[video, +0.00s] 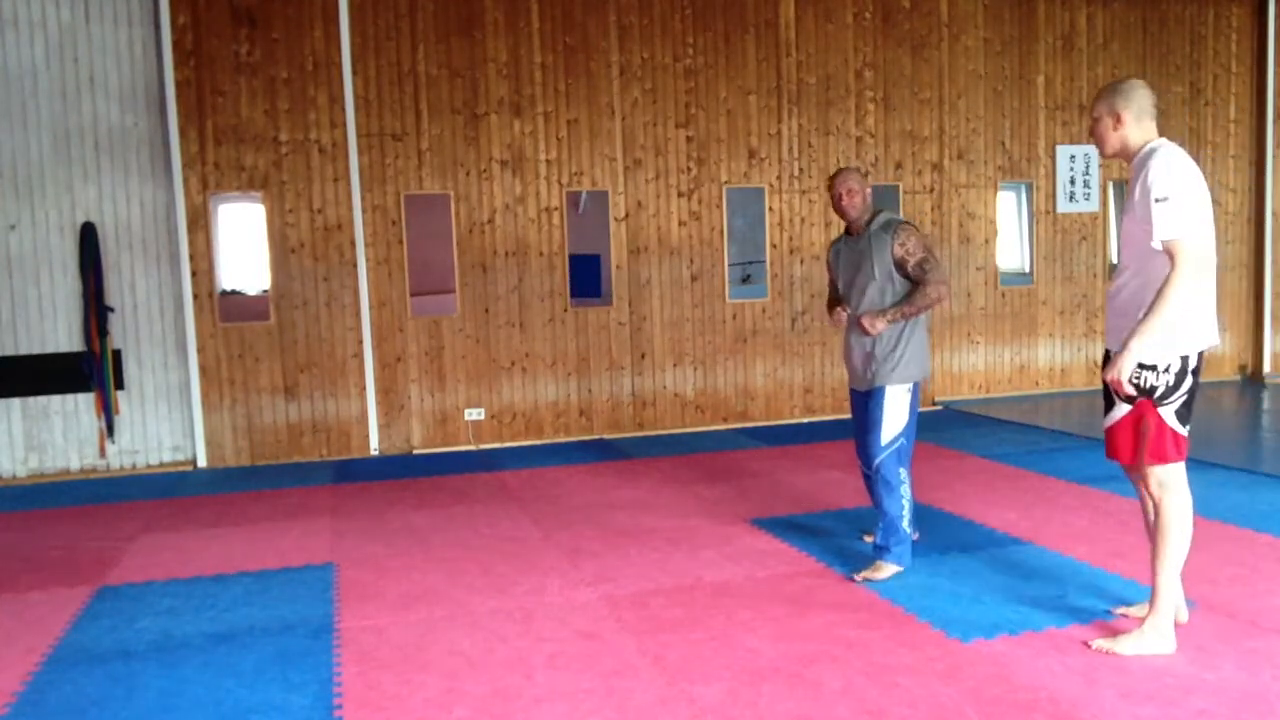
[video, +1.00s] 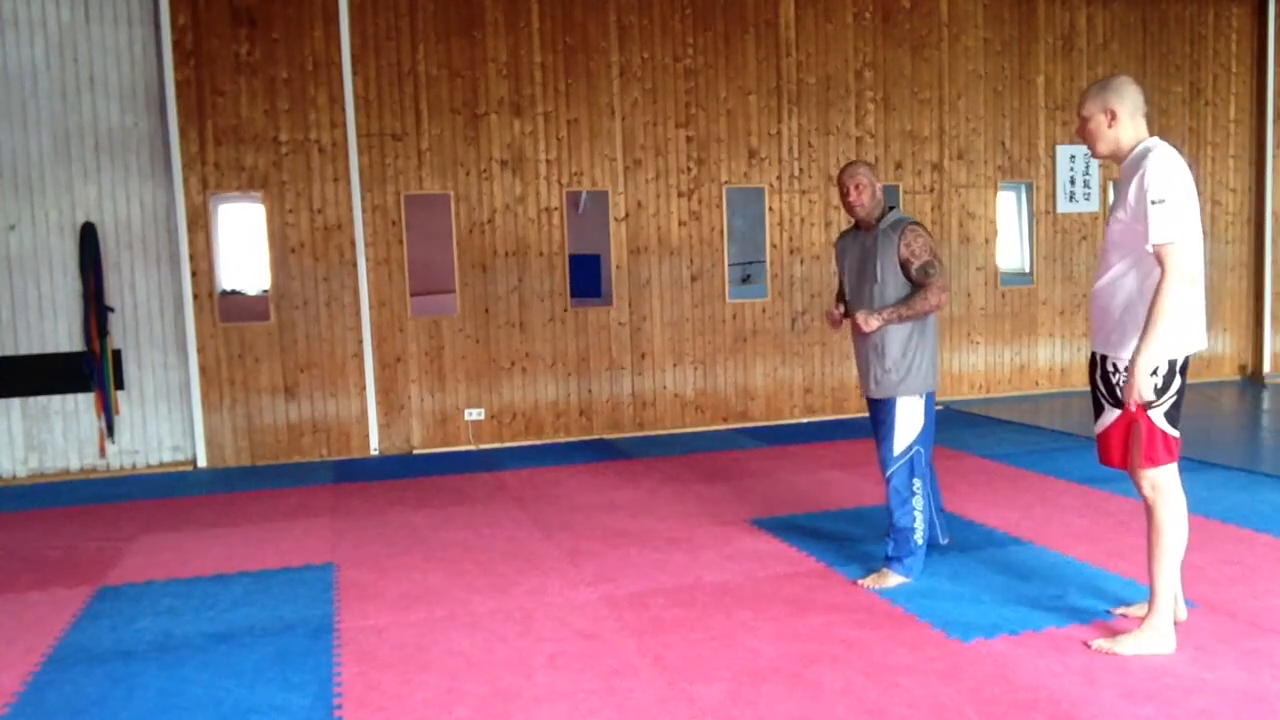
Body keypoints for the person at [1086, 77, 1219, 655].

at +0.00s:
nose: (1092, 133)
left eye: (1096, 121)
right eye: (1093, 122)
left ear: (1118, 120)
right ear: (1135, 117)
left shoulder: (1164, 168)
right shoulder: (1152, 169)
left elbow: (1186, 267)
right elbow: (1169, 266)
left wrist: (1135, 350)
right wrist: (1127, 341)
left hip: (1162, 349)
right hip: (1145, 346)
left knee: (1165, 478)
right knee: (1144, 472)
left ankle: (1162, 623)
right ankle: (1169, 595)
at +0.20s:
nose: (1089, 135)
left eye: (1092, 123)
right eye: (1089, 124)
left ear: (1117, 120)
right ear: (1126, 118)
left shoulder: (1164, 167)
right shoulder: (1153, 167)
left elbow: (1179, 270)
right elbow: (1165, 268)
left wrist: (1129, 352)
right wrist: (1121, 343)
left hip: (1156, 350)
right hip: (1148, 348)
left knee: (1160, 480)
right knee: (1158, 478)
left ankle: (1161, 625)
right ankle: (1170, 597)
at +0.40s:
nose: (1086, 135)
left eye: (1090, 123)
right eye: (1086, 124)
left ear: (1116, 119)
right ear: (1122, 117)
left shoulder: (1163, 168)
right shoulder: (1146, 169)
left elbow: (1179, 272)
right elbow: (1153, 269)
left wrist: (1146, 365)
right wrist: (1122, 351)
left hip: (1154, 355)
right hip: (1136, 351)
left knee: (1158, 482)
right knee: (1155, 480)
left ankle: (1161, 625)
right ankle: (1169, 597)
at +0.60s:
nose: (1081, 135)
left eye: (1086, 123)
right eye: (1081, 124)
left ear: (1114, 119)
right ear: (1119, 118)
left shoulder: (1160, 168)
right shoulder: (1142, 170)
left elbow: (1179, 272)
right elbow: (1154, 268)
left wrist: (1163, 367)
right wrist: (1124, 352)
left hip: (1152, 354)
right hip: (1134, 351)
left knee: (1158, 481)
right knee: (1155, 479)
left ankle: (1160, 625)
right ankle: (1169, 598)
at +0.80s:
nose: (1081, 133)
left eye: (1085, 121)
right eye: (1080, 123)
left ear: (1114, 118)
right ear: (1118, 117)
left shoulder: (1158, 168)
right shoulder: (1138, 170)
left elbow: (1180, 270)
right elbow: (1151, 267)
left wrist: (1158, 365)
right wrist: (1121, 350)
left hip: (1151, 355)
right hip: (1131, 352)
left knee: (1158, 482)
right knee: (1154, 480)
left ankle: (1160, 625)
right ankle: (1168, 597)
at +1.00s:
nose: (1081, 134)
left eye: (1085, 122)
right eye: (1081, 123)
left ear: (1113, 117)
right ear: (1118, 116)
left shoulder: (1155, 168)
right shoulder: (1141, 169)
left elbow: (1175, 270)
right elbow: (1157, 267)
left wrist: (1143, 362)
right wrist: (1120, 351)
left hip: (1147, 353)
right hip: (1134, 349)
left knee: (1157, 482)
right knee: (1154, 480)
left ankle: (1160, 625)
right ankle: (1168, 596)